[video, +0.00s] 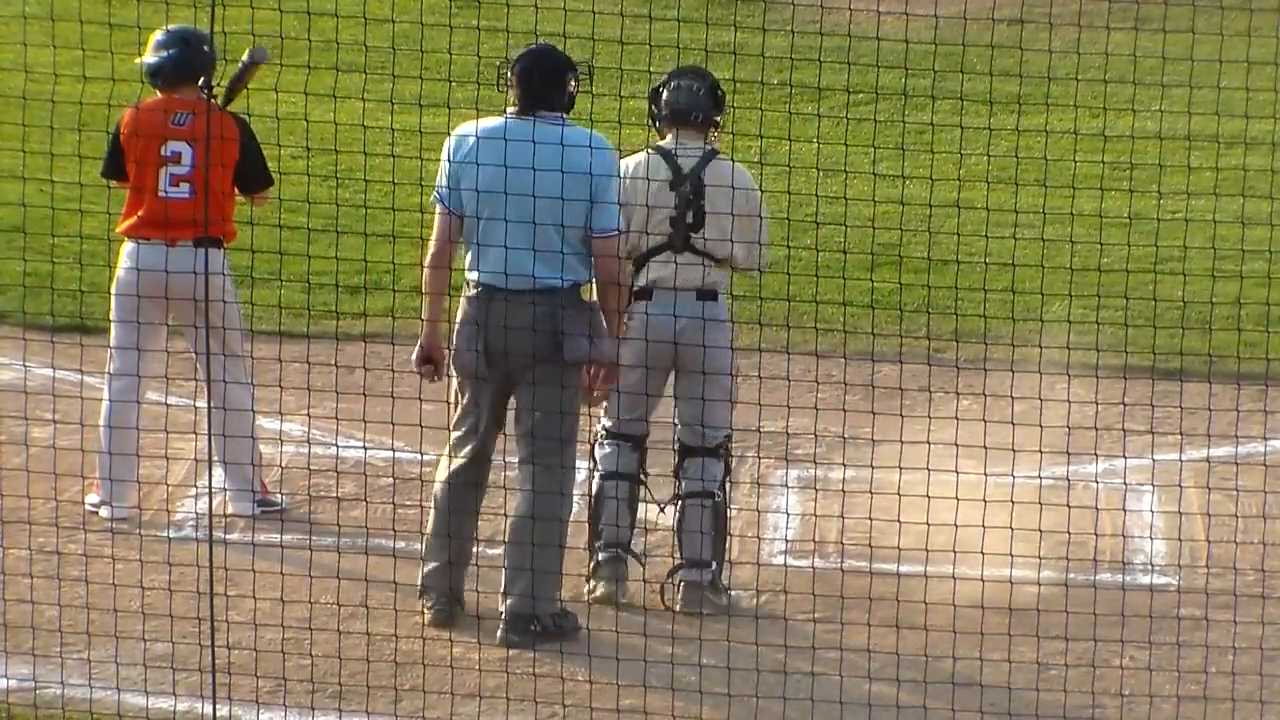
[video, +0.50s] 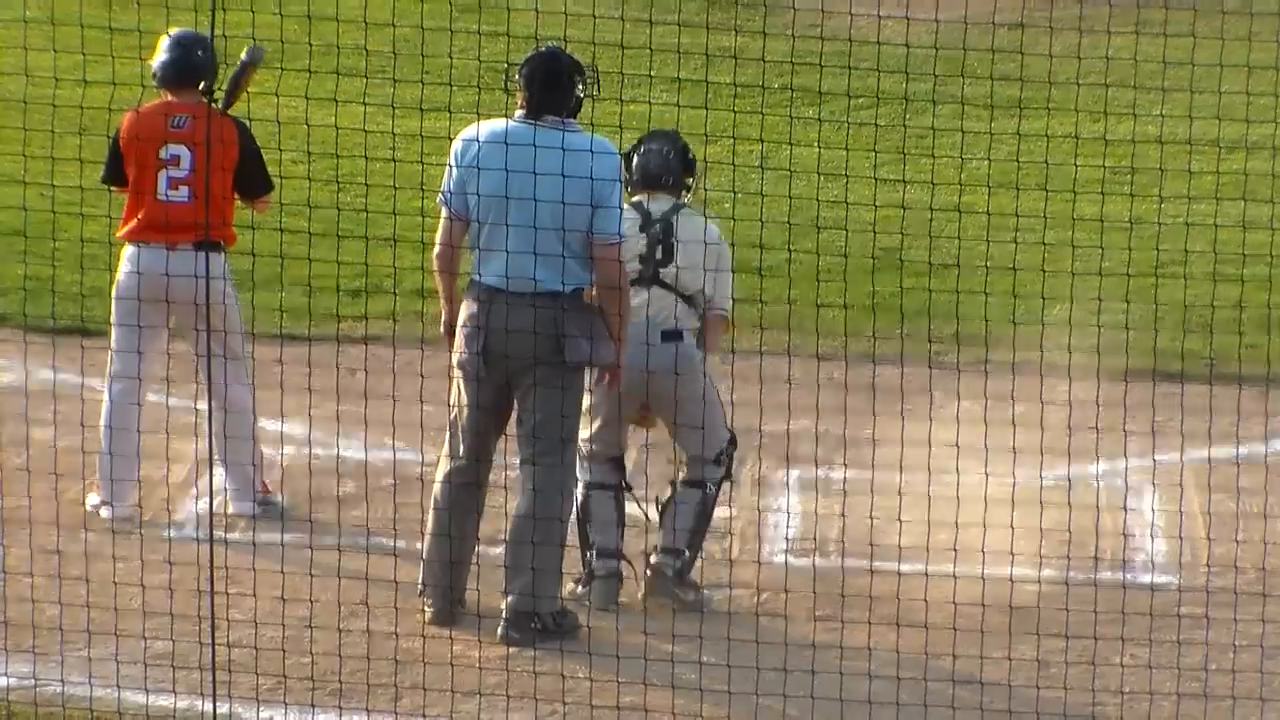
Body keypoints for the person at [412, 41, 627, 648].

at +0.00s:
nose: (574, 98)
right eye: (574, 91)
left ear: (511, 92)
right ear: (567, 94)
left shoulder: (467, 141)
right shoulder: (594, 151)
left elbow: (440, 249)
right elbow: (607, 259)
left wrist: (432, 328)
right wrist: (613, 338)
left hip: (482, 316)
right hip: (559, 321)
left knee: (465, 450)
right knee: (548, 464)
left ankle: (441, 591)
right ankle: (529, 609)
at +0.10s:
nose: (576, 97)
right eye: (575, 89)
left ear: (515, 89)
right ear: (570, 93)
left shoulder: (470, 139)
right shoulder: (594, 149)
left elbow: (440, 246)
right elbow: (607, 261)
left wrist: (429, 324)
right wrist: (619, 336)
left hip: (483, 318)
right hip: (560, 322)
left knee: (463, 454)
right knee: (548, 464)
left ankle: (441, 594)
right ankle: (530, 608)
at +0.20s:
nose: (577, 97)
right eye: (577, 89)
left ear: (517, 89)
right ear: (572, 94)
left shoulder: (472, 139)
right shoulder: (597, 151)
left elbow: (439, 246)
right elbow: (607, 261)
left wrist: (430, 324)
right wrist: (618, 341)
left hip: (484, 318)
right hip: (559, 322)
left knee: (463, 453)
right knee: (547, 463)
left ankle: (441, 593)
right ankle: (529, 607)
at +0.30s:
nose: (580, 97)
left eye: (574, 88)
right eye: (579, 89)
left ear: (517, 89)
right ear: (573, 93)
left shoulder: (474, 138)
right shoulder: (598, 151)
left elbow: (440, 243)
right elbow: (606, 261)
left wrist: (432, 318)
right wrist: (619, 341)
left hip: (485, 315)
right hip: (560, 321)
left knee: (463, 453)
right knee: (548, 463)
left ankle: (441, 593)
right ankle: (529, 608)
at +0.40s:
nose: (570, 99)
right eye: (574, 91)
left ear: (519, 90)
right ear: (573, 93)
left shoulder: (475, 138)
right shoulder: (598, 149)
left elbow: (442, 243)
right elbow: (607, 257)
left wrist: (440, 308)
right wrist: (618, 336)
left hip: (485, 316)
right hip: (560, 321)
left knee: (463, 454)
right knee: (547, 461)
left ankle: (441, 593)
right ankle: (529, 608)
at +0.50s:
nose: (576, 102)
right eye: (578, 93)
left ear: (521, 95)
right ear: (575, 98)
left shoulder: (476, 142)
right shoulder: (599, 155)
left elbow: (446, 248)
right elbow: (608, 263)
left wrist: (449, 310)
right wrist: (615, 341)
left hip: (486, 319)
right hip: (562, 325)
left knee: (463, 456)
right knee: (549, 464)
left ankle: (442, 595)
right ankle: (529, 609)